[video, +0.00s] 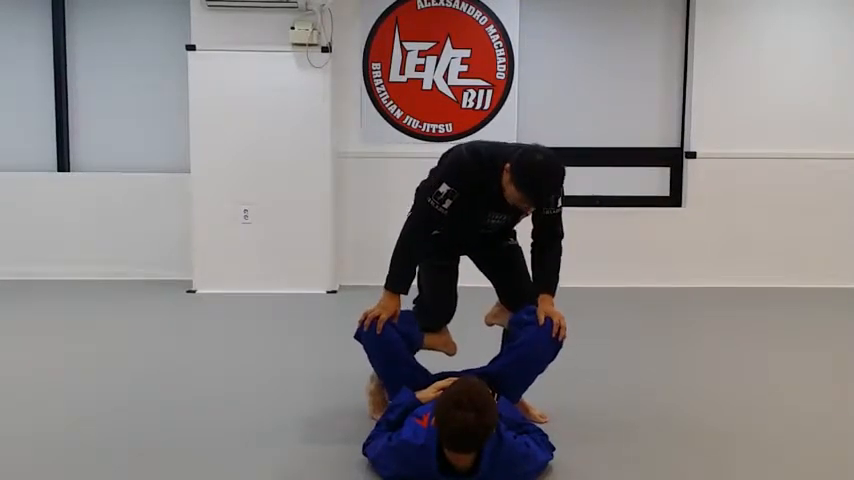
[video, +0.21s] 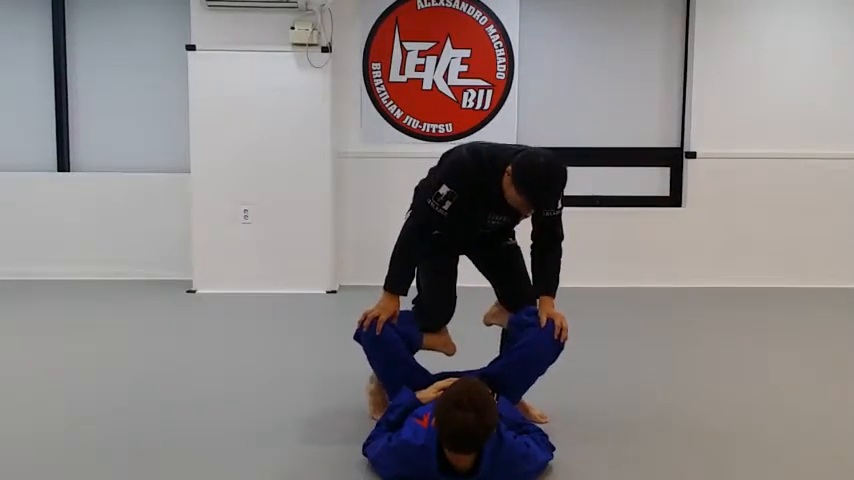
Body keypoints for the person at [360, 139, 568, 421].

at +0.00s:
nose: (527, 209)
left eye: (534, 204)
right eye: (523, 200)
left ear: (548, 191)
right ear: (508, 175)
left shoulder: (547, 181)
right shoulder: (465, 163)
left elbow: (548, 238)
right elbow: (417, 226)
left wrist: (546, 298)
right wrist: (392, 295)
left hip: (493, 233)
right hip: (442, 231)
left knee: (526, 305)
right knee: (437, 313)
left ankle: (508, 392)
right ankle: (384, 373)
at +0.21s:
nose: (526, 213)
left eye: (534, 208)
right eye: (522, 204)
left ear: (549, 194)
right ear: (509, 177)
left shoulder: (547, 183)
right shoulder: (464, 165)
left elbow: (548, 239)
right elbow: (416, 226)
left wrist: (547, 299)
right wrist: (391, 296)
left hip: (491, 232)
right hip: (440, 230)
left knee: (525, 307)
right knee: (436, 313)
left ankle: (508, 393)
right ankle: (384, 373)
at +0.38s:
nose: (522, 215)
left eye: (529, 211)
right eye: (518, 206)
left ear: (547, 194)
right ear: (506, 177)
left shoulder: (545, 182)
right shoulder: (464, 165)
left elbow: (548, 239)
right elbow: (414, 228)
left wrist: (546, 298)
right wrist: (389, 297)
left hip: (491, 232)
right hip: (439, 230)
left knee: (526, 305)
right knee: (435, 312)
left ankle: (508, 392)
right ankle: (384, 373)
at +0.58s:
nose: (521, 216)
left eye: (527, 212)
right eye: (516, 208)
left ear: (544, 195)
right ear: (505, 179)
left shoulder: (545, 182)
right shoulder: (463, 166)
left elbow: (547, 239)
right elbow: (413, 228)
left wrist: (546, 299)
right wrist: (391, 296)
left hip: (491, 231)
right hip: (439, 230)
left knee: (525, 306)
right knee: (437, 313)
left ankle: (508, 392)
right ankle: (386, 373)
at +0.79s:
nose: (525, 216)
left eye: (533, 211)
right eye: (521, 206)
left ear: (551, 196)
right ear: (510, 178)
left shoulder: (547, 183)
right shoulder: (465, 166)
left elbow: (547, 241)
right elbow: (415, 227)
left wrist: (547, 300)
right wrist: (394, 296)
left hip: (492, 234)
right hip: (441, 233)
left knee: (526, 306)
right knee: (443, 318)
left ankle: (508, 393)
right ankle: (387, 373)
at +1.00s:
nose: (533, 216)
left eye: (542, 212)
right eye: (530, 206)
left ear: (556, 199)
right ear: (518, 177)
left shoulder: (550, 188)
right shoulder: (470, 168)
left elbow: (548, 244)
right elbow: (418, 224)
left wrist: (548, 303)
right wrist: (395, 296)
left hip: (491, 239)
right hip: (441, 236)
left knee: (529, 308)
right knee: (448, 324)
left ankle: (508, 395)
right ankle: (388, 374)